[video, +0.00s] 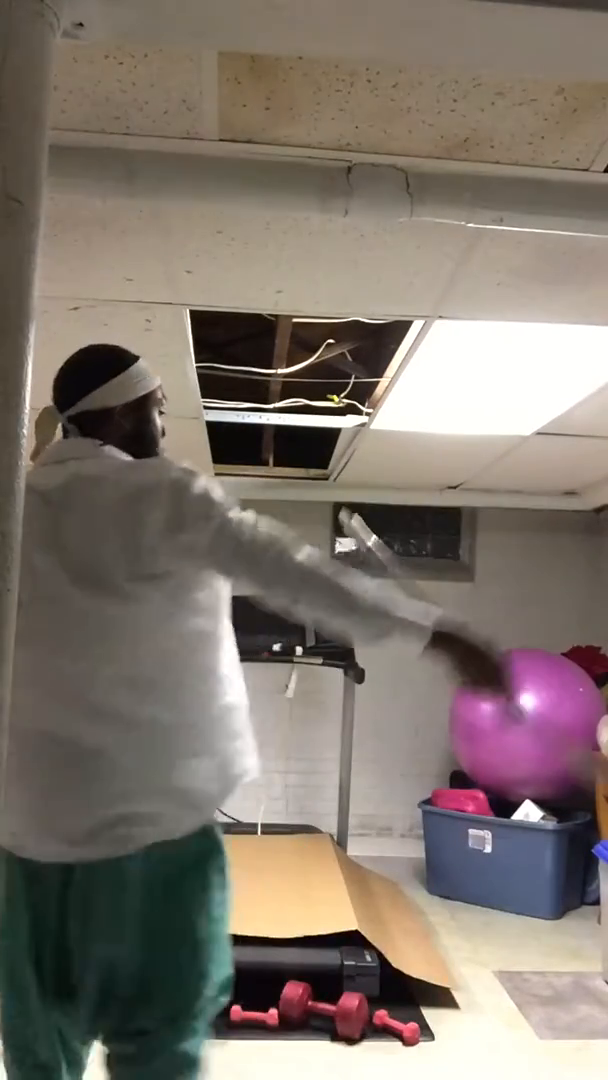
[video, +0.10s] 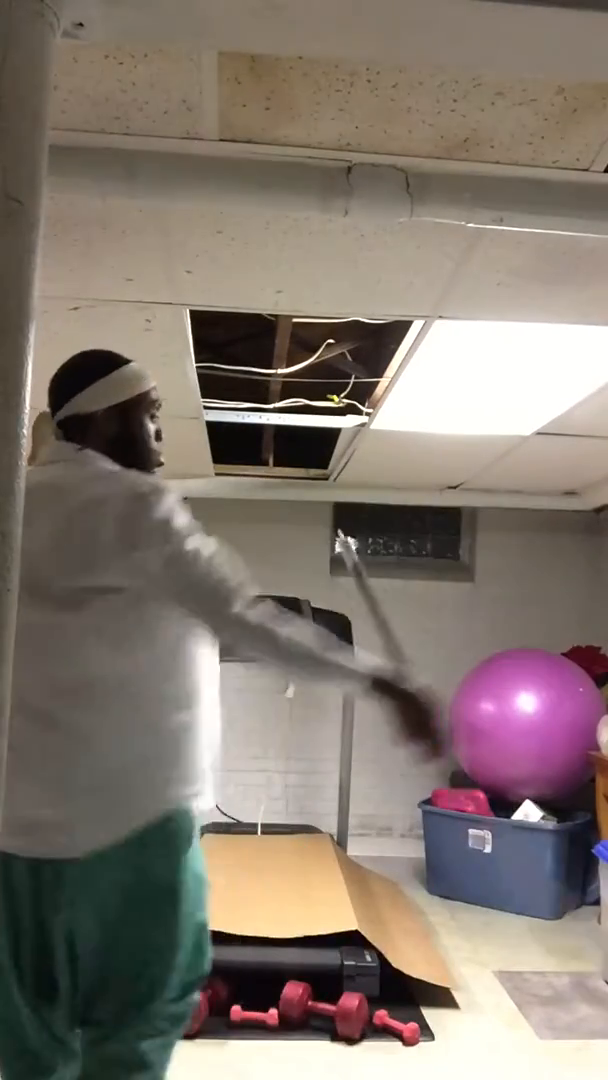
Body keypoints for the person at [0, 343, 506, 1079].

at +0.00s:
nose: (162, 422)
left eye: (159, 407)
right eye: (152, 407)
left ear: (73, 420)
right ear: (116, 415)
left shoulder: (17, 499)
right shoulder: (166, 496)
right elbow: (293, 572)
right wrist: (439, 631)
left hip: (25, 829)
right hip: (152, 831)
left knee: (37, 1056)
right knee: (161, 1054)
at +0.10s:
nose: (159, 434)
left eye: (155, 416)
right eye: (145, 416)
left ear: (67, 427)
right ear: (100, 424)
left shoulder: (21, 501)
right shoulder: (134, 508)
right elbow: (242, 617)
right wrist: (383, 678)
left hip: (17, 814)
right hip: (128, 812)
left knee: (29, 1031)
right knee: (139, 1027)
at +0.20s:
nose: (154, 433)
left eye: (150, 416)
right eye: (138, 416)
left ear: (77, 429)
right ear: (84, 425)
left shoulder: (33, 500)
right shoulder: (96, 505)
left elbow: (89, 617)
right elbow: (153, 658)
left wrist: (192, 591)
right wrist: (295, 700)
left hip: (27, 802)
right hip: (102, 802)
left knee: (33, 1018)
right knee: (134, 1011)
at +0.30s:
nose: (152, 438)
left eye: (150, 422)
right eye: (137, 422)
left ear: (94, 435)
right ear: (85, 434)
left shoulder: (105, 512)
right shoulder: (59, 517)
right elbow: (63, 670)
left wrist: (221, 593)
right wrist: (204, 695)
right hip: (76, 809)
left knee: (37, 999)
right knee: (137, 989)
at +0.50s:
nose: (147, 482)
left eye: (149, 467)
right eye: (135, 465)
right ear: (78, 466)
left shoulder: (134, 535)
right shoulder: (20, 538)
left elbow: (199, 587)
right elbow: (11, 686)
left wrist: (242, 638)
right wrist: (98, 663)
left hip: (46, 757)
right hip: (14, 760)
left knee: (75, 979)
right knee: (69, 981)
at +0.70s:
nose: (127, 532)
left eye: (133, 516)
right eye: (114, 514)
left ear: (135, 517)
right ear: (61, 511)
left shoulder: (117, 584)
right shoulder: (14, 589)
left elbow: (127, 709)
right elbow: (28, 747)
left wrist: (108, 780)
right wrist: (44, 665)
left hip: (61, 815)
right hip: (10, 807)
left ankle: (50, 1062)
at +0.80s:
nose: (108, 555)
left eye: (115, 541)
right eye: (97, 539)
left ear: (115, 540)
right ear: (49, 535)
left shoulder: (100, 605)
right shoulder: (20, 605)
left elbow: (75, 715)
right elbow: (7, 734)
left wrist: (46, 802)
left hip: (34, 816)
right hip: (8, 818)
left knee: (37, 969)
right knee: (34, 973)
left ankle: (34, 1062)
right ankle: (29, 1063)